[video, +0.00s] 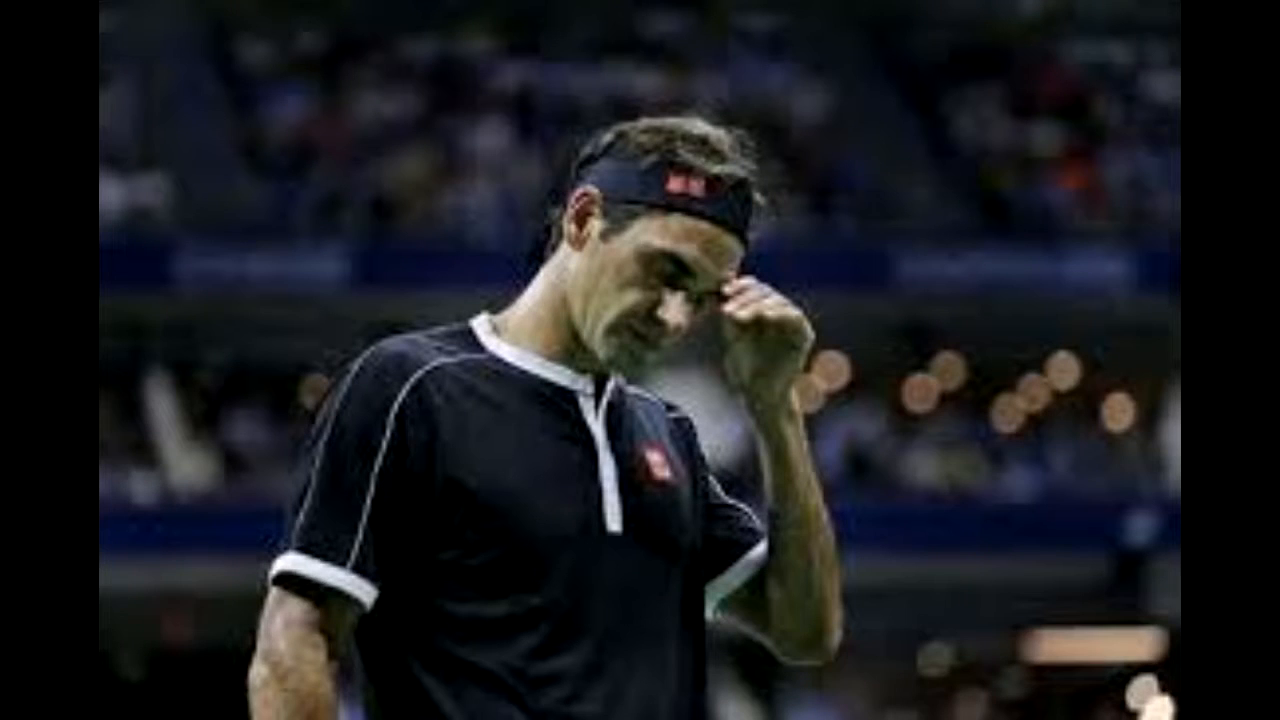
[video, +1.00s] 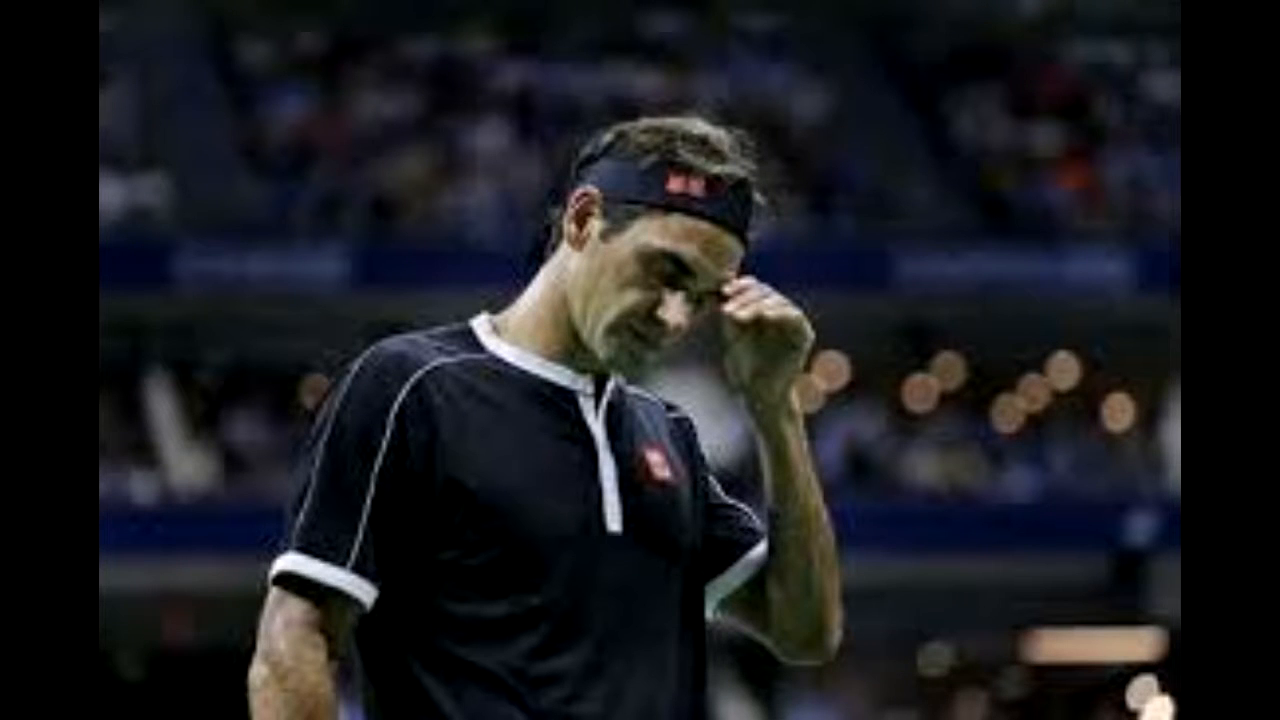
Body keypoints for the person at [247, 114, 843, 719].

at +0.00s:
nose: (675, 318)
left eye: (701, 299)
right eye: (665, 273)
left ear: (718, 301)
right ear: (584, 221)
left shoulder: (664, 435)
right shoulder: (403, 386)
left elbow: (805, 633)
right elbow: (292, 643)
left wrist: (776, 410)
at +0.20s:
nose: (675, 318)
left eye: (701, 299)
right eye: (665, 273)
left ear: (719, 301)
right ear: (584, 221)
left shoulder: (664, 435)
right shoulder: (404, 386)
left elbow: (805, 633)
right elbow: (292, 642)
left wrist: (776, 409)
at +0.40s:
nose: (675, 318)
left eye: (701, 299)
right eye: (665, 273)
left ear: (718, 301)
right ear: (584, 220)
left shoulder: (664, 436)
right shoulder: (404, 386)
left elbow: (805, 633)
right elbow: (292, 641)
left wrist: (776, 409)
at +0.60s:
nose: (675, 318)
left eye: (701, 299)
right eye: (665, 273)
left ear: (718, 301)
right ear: (584, 220)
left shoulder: (664, 436)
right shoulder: (404, 386)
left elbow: (805, 633)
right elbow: (292, 641)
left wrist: (776, 409)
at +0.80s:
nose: (675, 317)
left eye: (701, 299)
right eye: (664, 272)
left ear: (718, 301)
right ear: (584, 221)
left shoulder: (664, 435)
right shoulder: (404, 386)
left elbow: (805, 633)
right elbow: (292, 641)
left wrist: (776, 410)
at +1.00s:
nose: (675, 317)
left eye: (701, 299)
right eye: (664, 272)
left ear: (718, 301)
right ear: (584, 221)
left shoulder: (664, 436)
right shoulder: (404, 386)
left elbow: (805, 633)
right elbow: (292, 641)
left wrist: (776, 410)